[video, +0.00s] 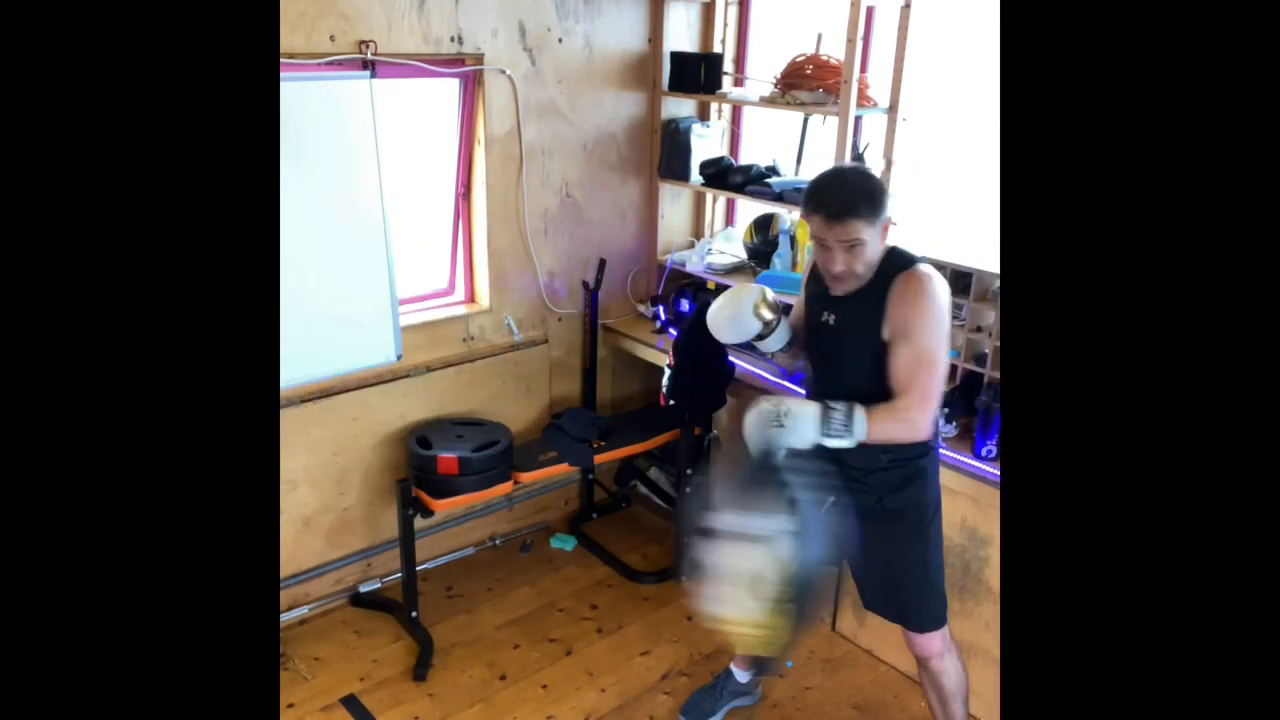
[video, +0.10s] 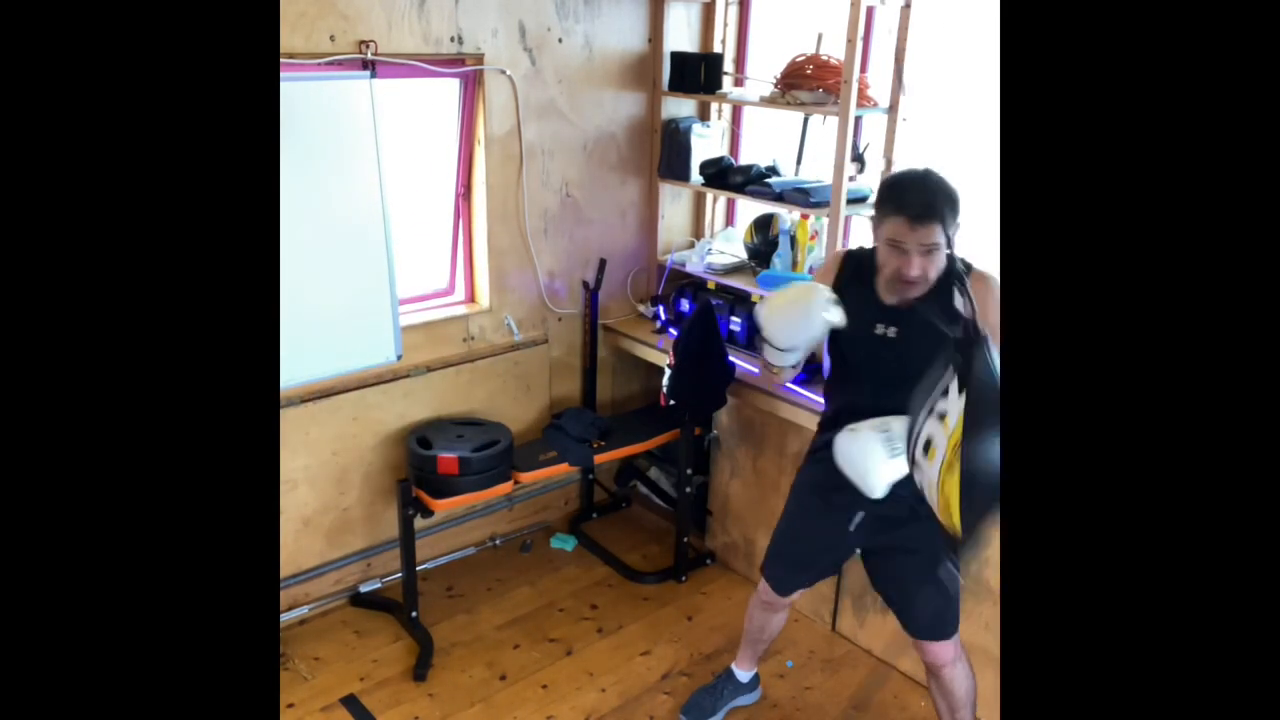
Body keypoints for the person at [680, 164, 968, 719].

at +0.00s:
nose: (834, 262)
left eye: (852, 246)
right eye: (823, 244)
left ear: (885, 234)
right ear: (810, 230)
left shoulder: (918, 288)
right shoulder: (821, 272)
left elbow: (916, 418)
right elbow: (800, 348)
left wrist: (822, 421)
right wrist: (766, 324)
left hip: (896, 479)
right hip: (822, 464)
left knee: (929, 645)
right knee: (768, 573)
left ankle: (958, 718)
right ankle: (744, 676)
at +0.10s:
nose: (911, 266)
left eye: (927, 250)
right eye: (896, 247)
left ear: (950, 242)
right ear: (875, 233)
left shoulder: (977, 294)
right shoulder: (842, 269)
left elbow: (992, 398)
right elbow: (782, 365)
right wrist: (781, 339)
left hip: (919, 479)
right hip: (833, 463)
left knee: (939, 651)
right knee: (772, 590)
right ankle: (741, 676)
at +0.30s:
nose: (971, 270)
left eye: (990, 256)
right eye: (960, 248)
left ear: (1011, 251)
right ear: (947, 231)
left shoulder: (1003, 308)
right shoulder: (902, 275)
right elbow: (836, 372)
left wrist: (994, 417)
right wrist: (871, 392)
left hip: (957, 487)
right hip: (868, 470)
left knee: (958, 645)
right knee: (798, 594)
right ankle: (752, 690)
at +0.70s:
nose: (939, 268)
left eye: (958, 254)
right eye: (929, 249)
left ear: (994, 245)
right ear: (919, 230)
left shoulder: (1001, 309)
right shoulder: (896, 272)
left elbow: (999, 434)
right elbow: (846, 381)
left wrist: (975, 371)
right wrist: (860, 347)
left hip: (946, 507)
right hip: (866, 480)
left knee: (963, 661)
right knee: (793, 597)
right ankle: (766, 685)